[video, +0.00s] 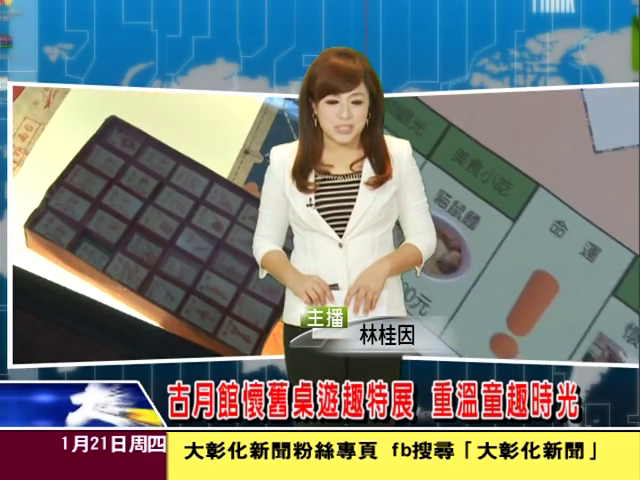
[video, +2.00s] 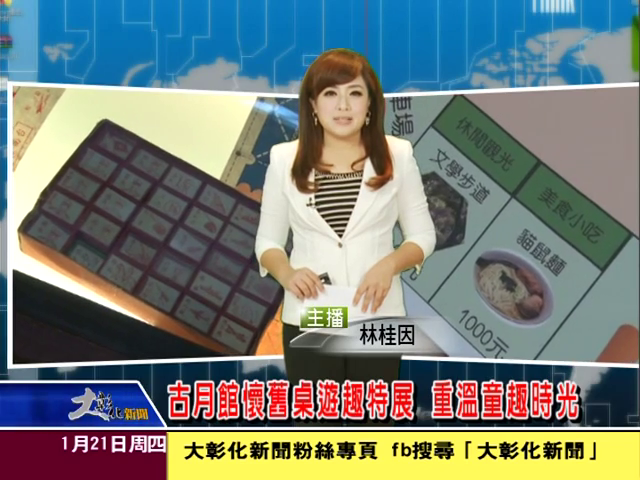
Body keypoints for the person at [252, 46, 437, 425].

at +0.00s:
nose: (345, 115)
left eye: (357, 102)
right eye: (332, 103)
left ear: (371, 105)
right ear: (312, 107)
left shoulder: (395, 156)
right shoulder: (285, 161)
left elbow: (424, 239)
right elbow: (265, 243)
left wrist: (382, 267)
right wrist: (296, 279)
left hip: (378, 325)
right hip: (308, 324)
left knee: (377, 440)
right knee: (315, 439)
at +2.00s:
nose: (343, 105)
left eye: (355, 94)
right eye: (330, 94)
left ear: (370, 103)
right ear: (312, 104)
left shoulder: (395, 155)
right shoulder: (286, 159)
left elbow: (423, 237)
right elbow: (268, 242)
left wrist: (388, 265)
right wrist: (289, 274)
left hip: (377, 325)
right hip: (308, 323)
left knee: (375, 441)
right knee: (314, 440)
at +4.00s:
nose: (343, 104)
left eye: (354, 92)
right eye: (330, 94)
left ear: (369, 101)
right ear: (311, 105)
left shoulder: (395, 155)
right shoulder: (286, 160)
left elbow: (424, 236)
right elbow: (265, 242)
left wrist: (389, 264)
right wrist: (289, 276)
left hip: (377, 325)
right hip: (308, 324)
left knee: (376, 441)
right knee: (313, 440)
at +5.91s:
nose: (344, 106)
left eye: (355, 94)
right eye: (330, 95)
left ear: (369, 102)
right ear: (311, 105)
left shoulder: (396, 155)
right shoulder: (287, 160)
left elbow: (424, 236)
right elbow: (267, 242)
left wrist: (389, 264)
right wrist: (290, 276)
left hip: (378, 324)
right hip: (309, 322)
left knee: (376, 438)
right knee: (314, 437)